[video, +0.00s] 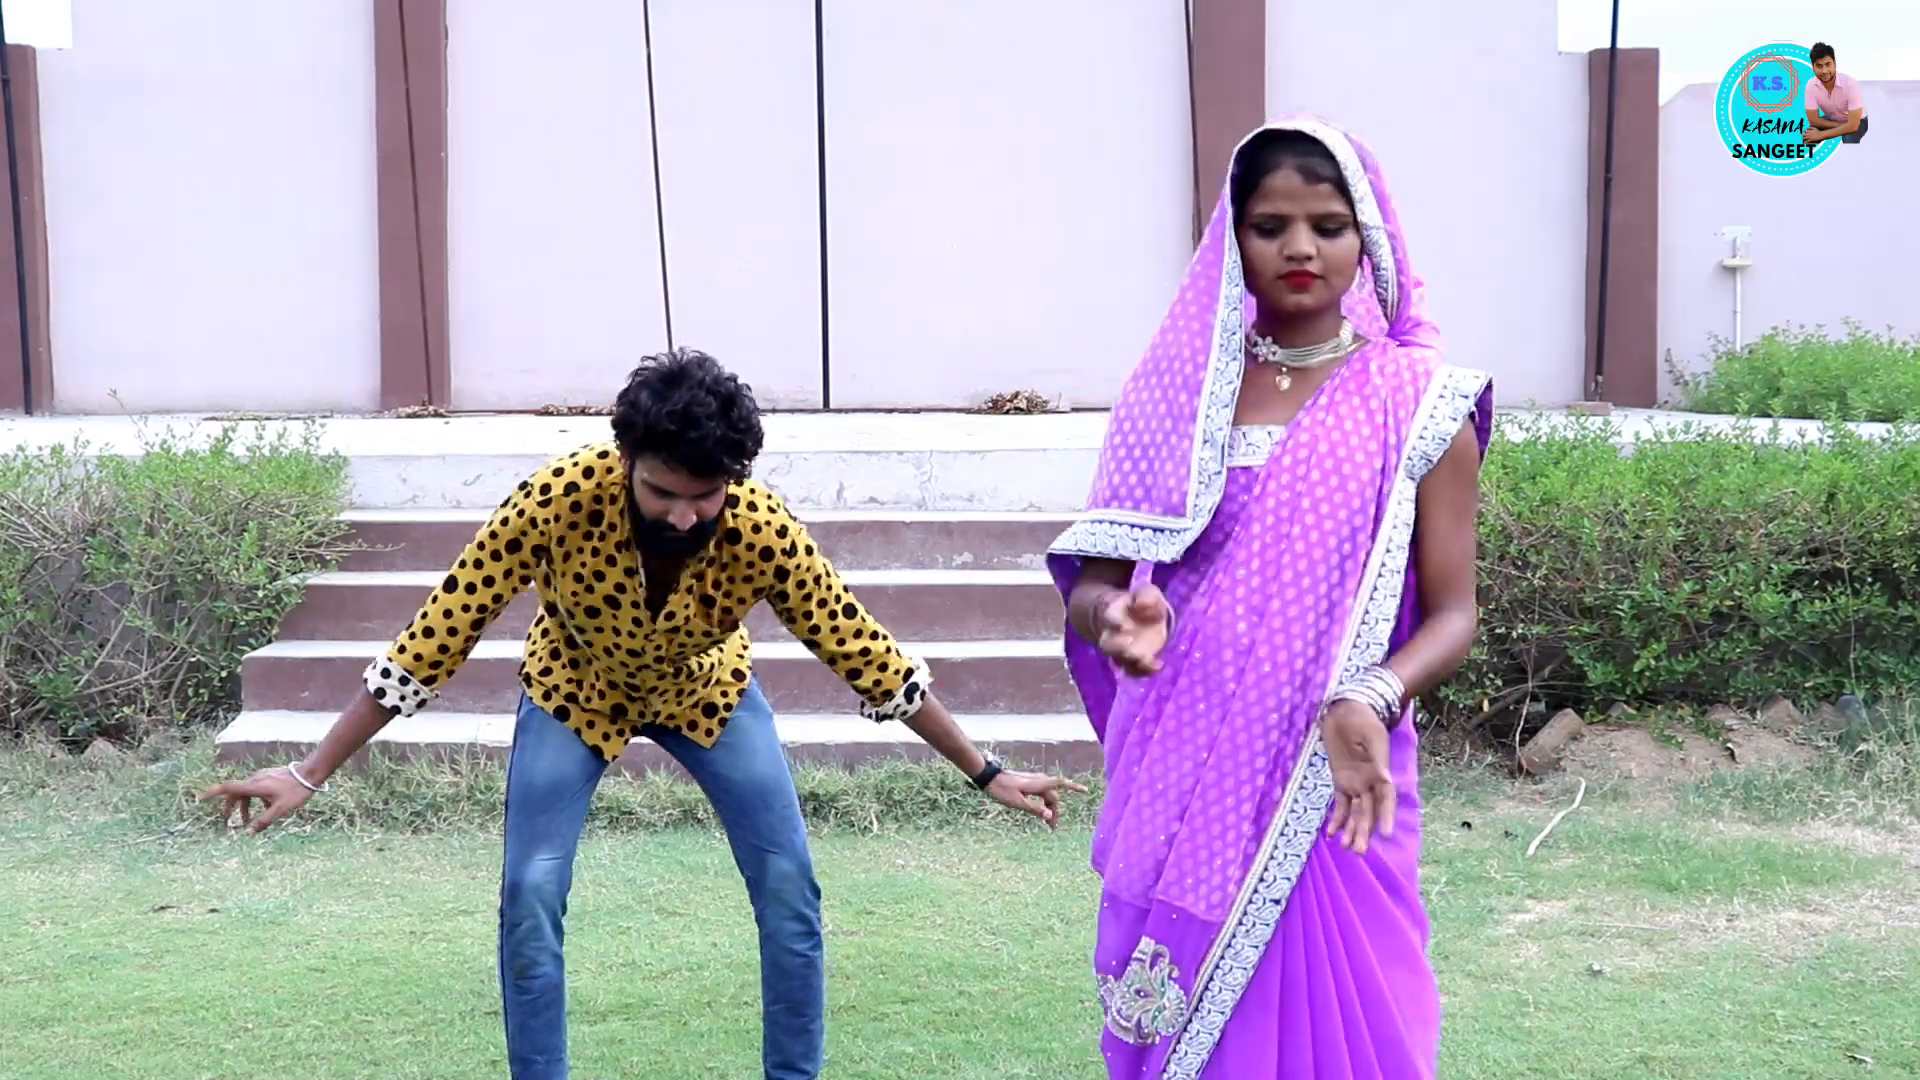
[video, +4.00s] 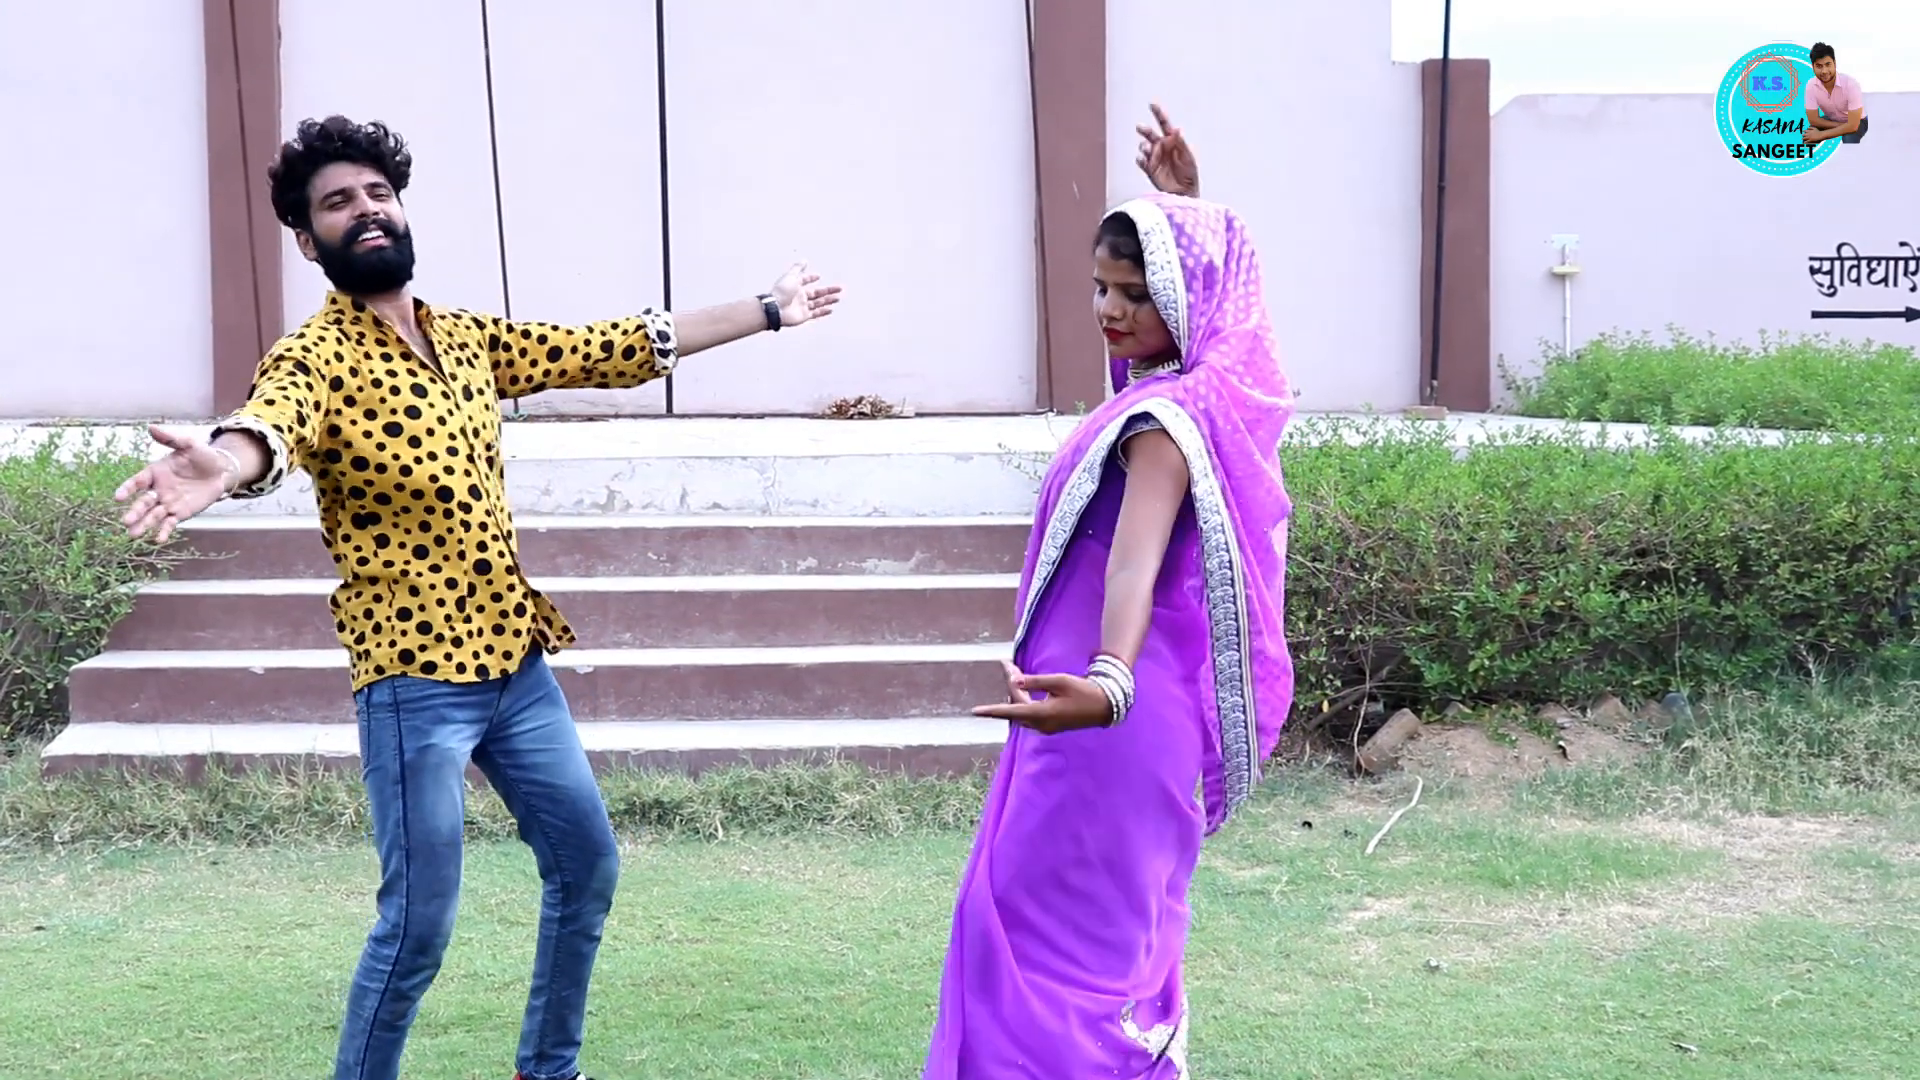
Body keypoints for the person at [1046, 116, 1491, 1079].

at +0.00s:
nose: (1299, 248)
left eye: (1327, 224)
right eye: (1272, 225)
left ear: (1364, 240)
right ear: (1235, 240)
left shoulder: (1420, 400)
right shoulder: (1175, 391)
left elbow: (1454, 612)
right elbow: (1090, 583)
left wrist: (1373, 695)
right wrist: (1115, 615)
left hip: (1327, 791)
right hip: (1177, 781)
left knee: (1331, 1046)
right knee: (1171, 1043)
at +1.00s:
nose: (1290, 259)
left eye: (1309, 241)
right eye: (1297, 238)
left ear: (1371, 258)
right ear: (1384, 258)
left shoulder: (1361, 395)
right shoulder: (1444, 375)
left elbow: (1357, 605)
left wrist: (1214, 712)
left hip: (1354, 765)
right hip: (1421, 754)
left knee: (1357, 1028)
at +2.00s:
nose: (1266, 246)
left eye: (1293, 230)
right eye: (1261, 226)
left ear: (1353, 249)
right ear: (1256, 231)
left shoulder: (1325, 367)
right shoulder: (1354, 354)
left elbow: (1349, 532)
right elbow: (1340, 532)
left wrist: (1344, 697)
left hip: (1286, 695)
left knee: (1282, 954)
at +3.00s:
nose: (1134, 316)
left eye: (1158, 295)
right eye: (1123, 294)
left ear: (1213, 303)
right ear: (1114, 292)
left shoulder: (1199, 410)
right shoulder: (1198, 391)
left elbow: (1212, 519)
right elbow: (1168, 272)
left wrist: (1203, 625)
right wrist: (1148, 162)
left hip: (1127, 718)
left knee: (1019, 924)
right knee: (1127, 930)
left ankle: (1100, 1064)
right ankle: (1158, 1055)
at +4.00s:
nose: (1110, 312)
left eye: (1132, 295)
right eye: (1102, 291)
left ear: (1192, 302)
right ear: (1097, 284)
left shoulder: (1161, 423)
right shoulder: (1216, 394)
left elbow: (1136, 566)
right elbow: (1226, 299)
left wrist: (1111, 677)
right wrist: (1188, 210)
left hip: (1099, 739)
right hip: (1155, 729)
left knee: (1014, 947)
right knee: (1130, 959)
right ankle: (1138, 1063)